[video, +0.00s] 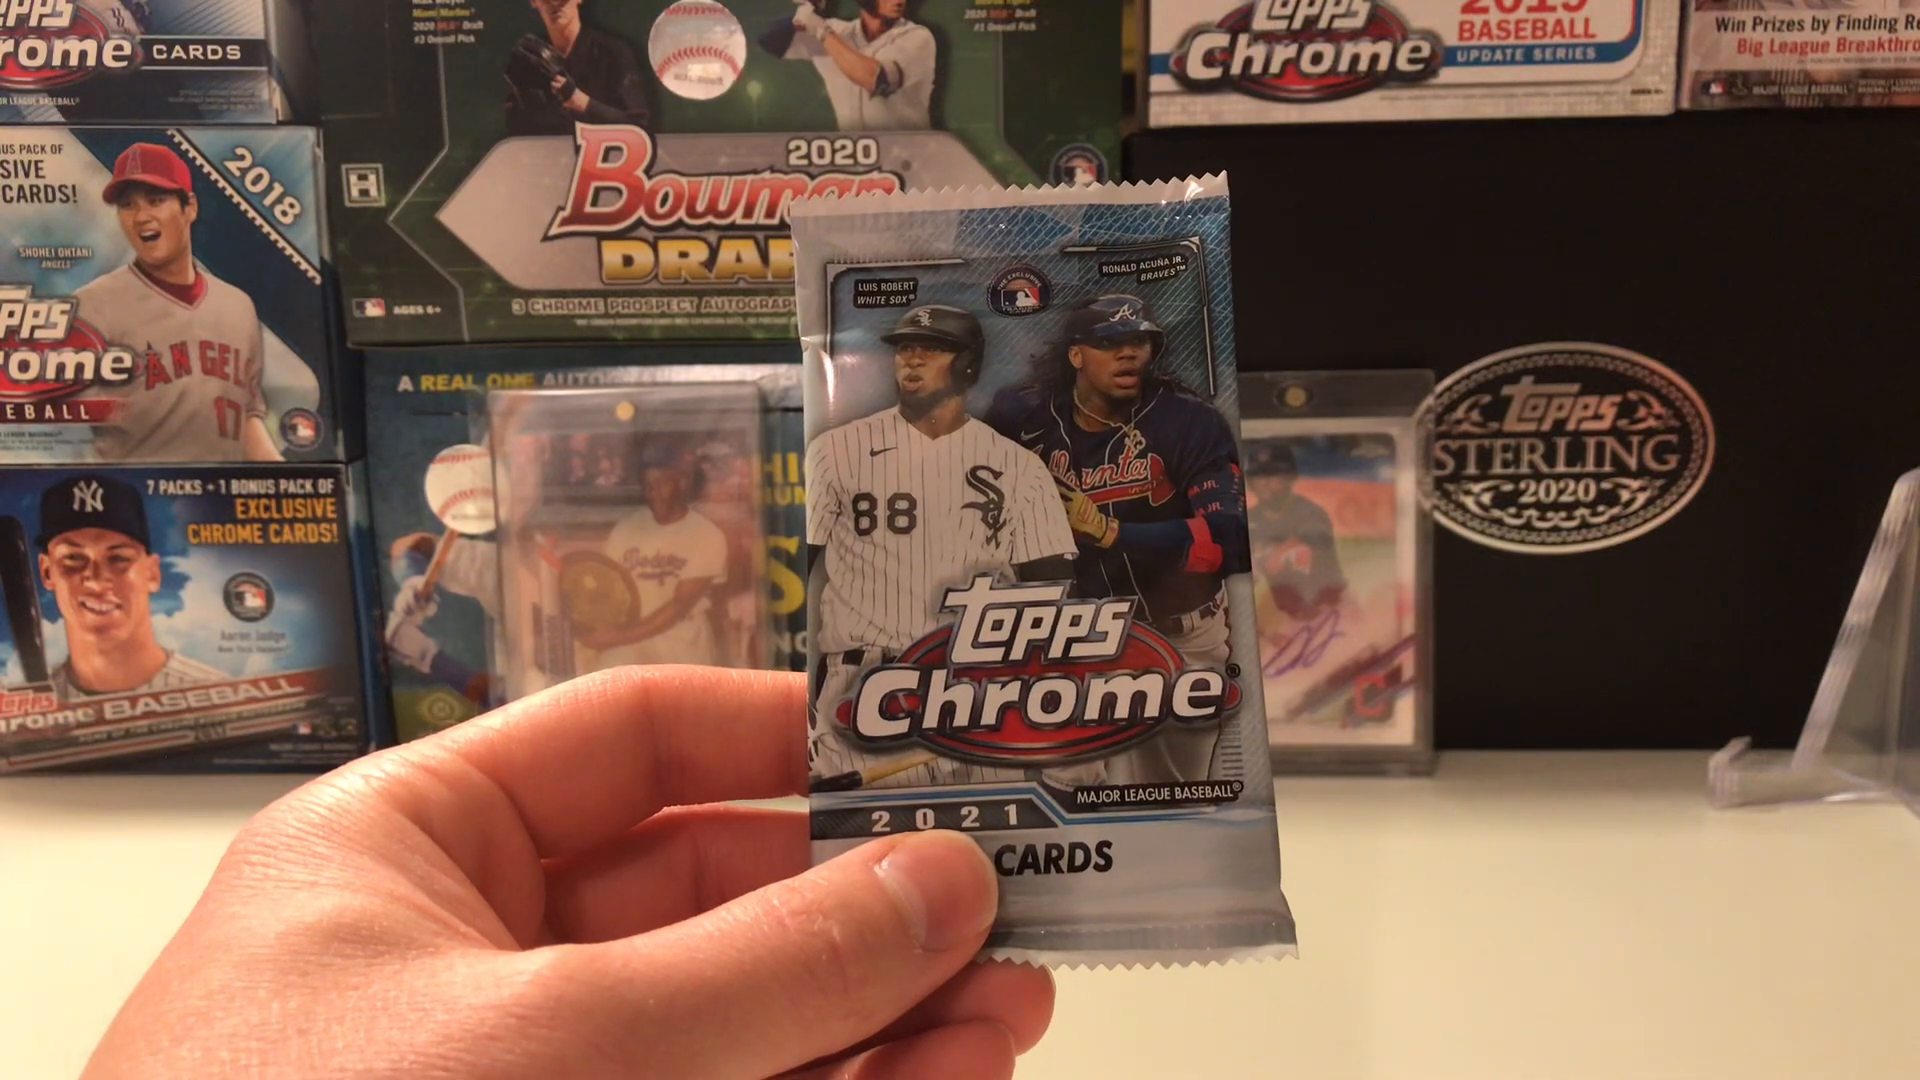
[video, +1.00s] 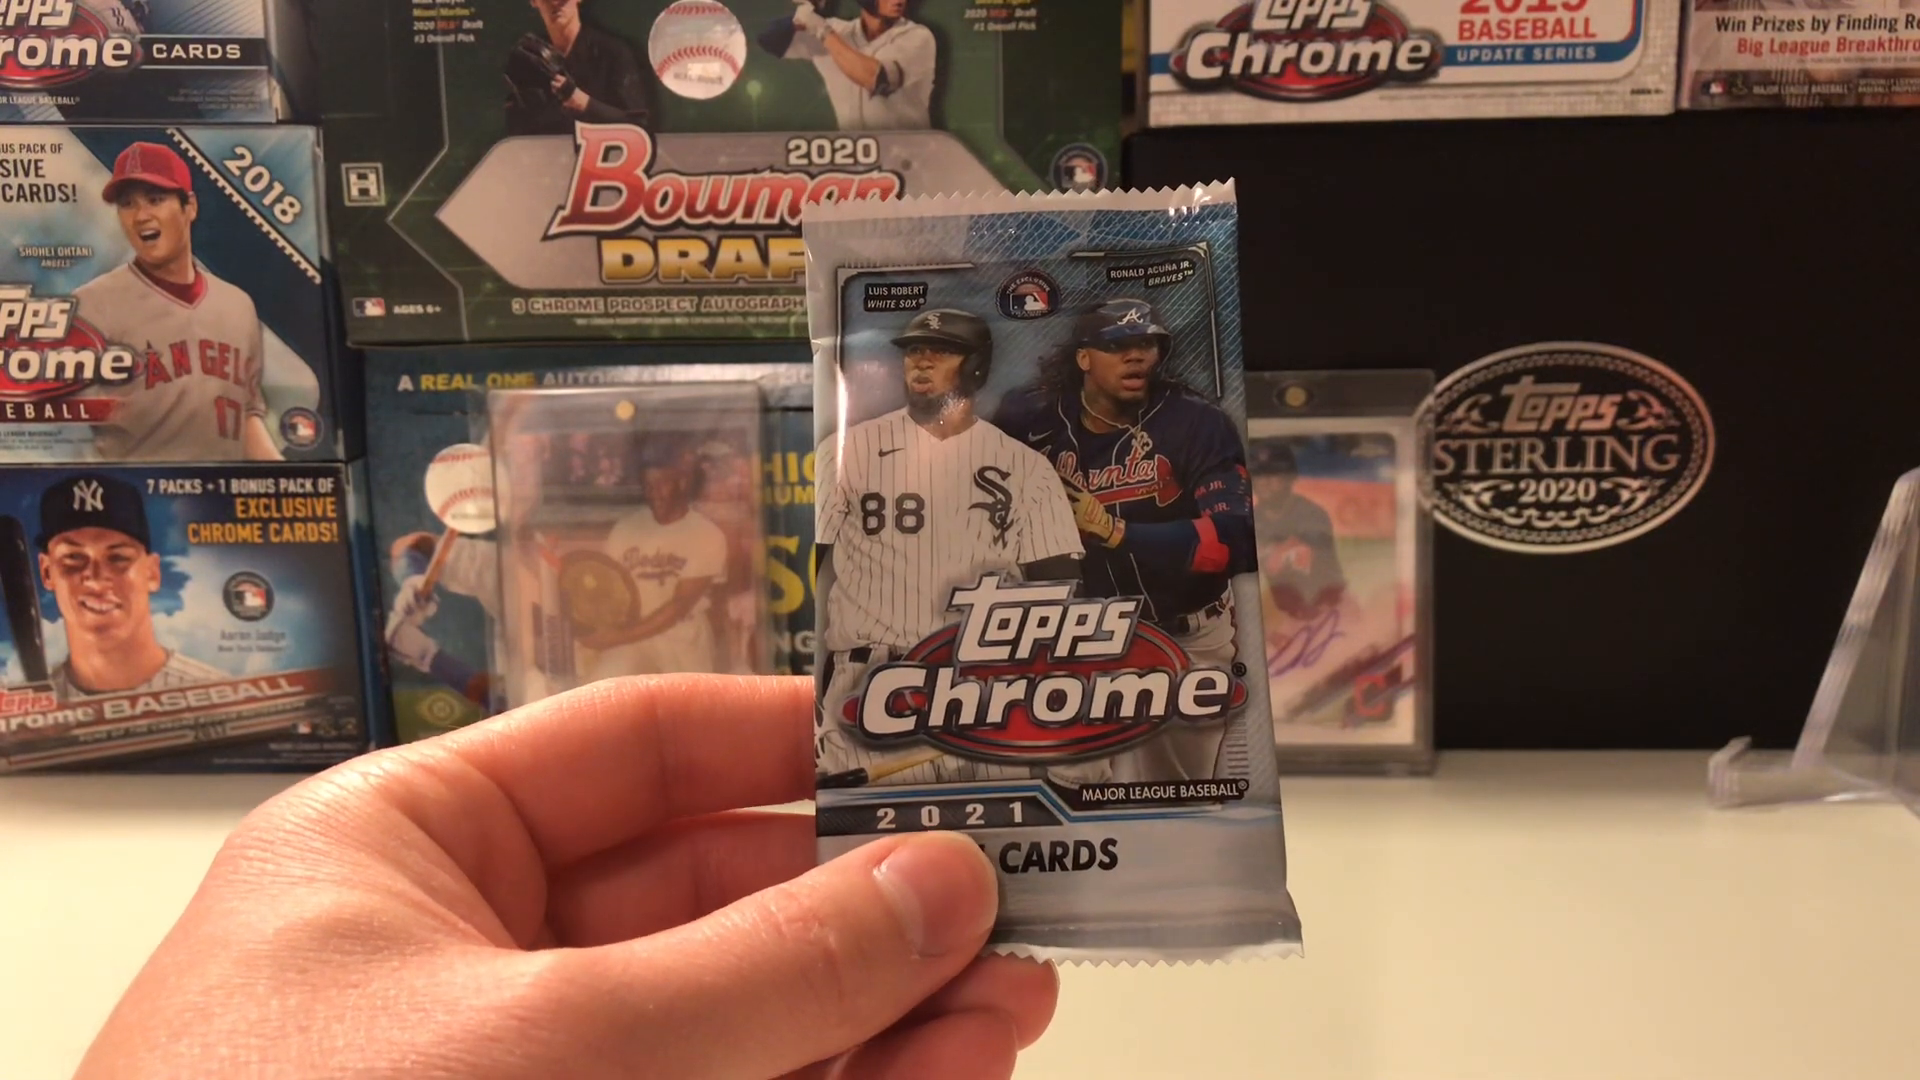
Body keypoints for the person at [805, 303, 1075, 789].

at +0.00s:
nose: (911, 360)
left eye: (929, 348)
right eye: (904, 348)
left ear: (966, 364)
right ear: (893, 358)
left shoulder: (1019, 468)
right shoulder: (833, 454)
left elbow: (1050, 590)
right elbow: (802, 578)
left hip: (975, 694)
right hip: (857, 693)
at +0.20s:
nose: (911, 359)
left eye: (929, 347)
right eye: (904, 347)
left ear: (965, 363)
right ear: (893, 358)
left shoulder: (1018, 467)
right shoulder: (833, 453)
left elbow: (1050, 588)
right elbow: (800, 578)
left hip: (975, 695)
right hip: (856, 694)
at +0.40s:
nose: (913, 359)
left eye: (931, 347)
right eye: (906, 347)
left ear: (967, 363)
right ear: (895, 358)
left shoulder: (1020, 468)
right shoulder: (834, 453)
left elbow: (1051, 591)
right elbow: (808, 578)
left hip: (975, 699)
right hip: (857, 696)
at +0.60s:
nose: (913, 358)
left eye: (931, 347)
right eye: (906, 346)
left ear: (967, 362)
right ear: (895, 357)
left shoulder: (1020, 467)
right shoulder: (836, 452)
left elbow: (1051, 588)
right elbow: (808, 575)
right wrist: (811, 699)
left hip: (975, 696)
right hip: (857, 694)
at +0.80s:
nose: (916, 359)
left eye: (934, 348)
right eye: (908, 348)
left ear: (968, 363)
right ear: (897, 358)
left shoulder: (1022, 469)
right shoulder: (840, 452)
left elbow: (1052, 590)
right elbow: (805, 574)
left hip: (976, 699)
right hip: (857, 697)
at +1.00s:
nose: (921, 363)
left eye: (938, 351)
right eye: (913, 350)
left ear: (973, 366)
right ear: (902, 361)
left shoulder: (1026, 470)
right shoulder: (848, 453)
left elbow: (1056, 592)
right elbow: (813, 577)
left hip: (980, 699)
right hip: (861, 696)